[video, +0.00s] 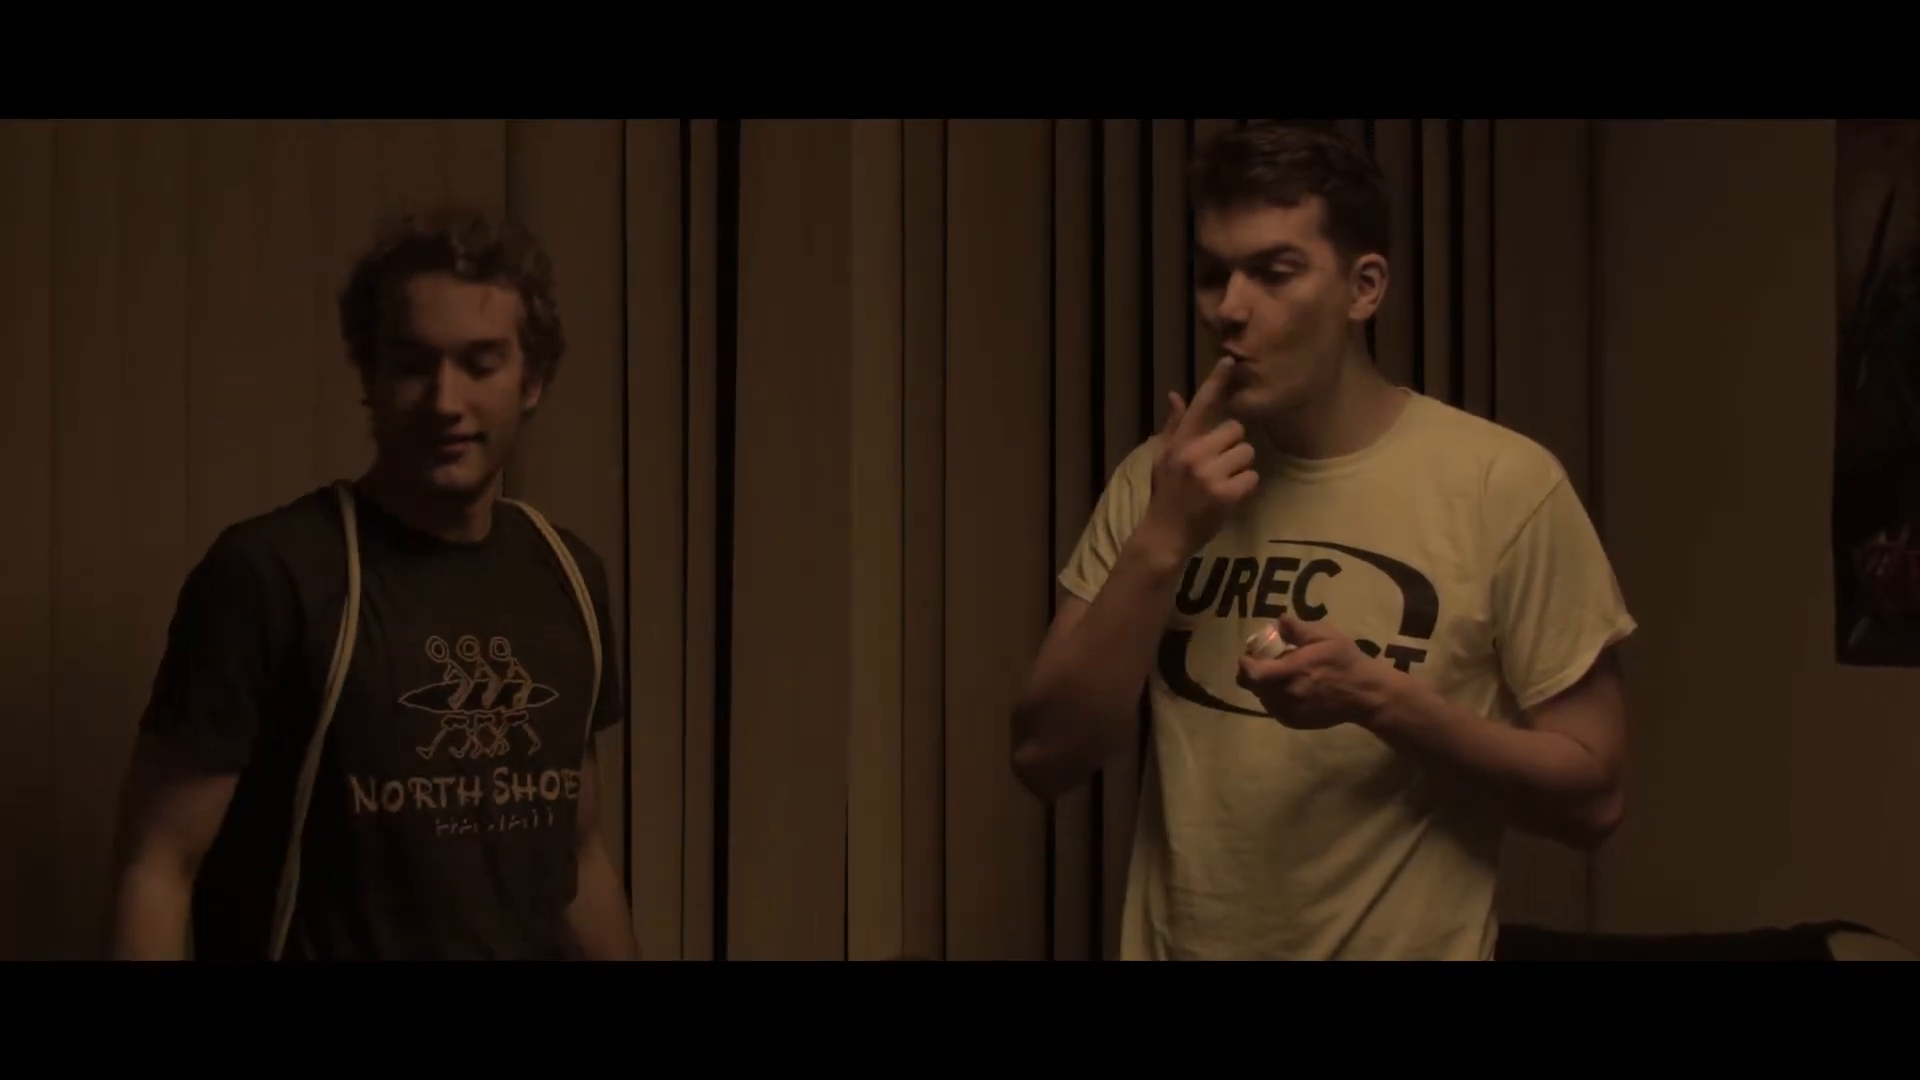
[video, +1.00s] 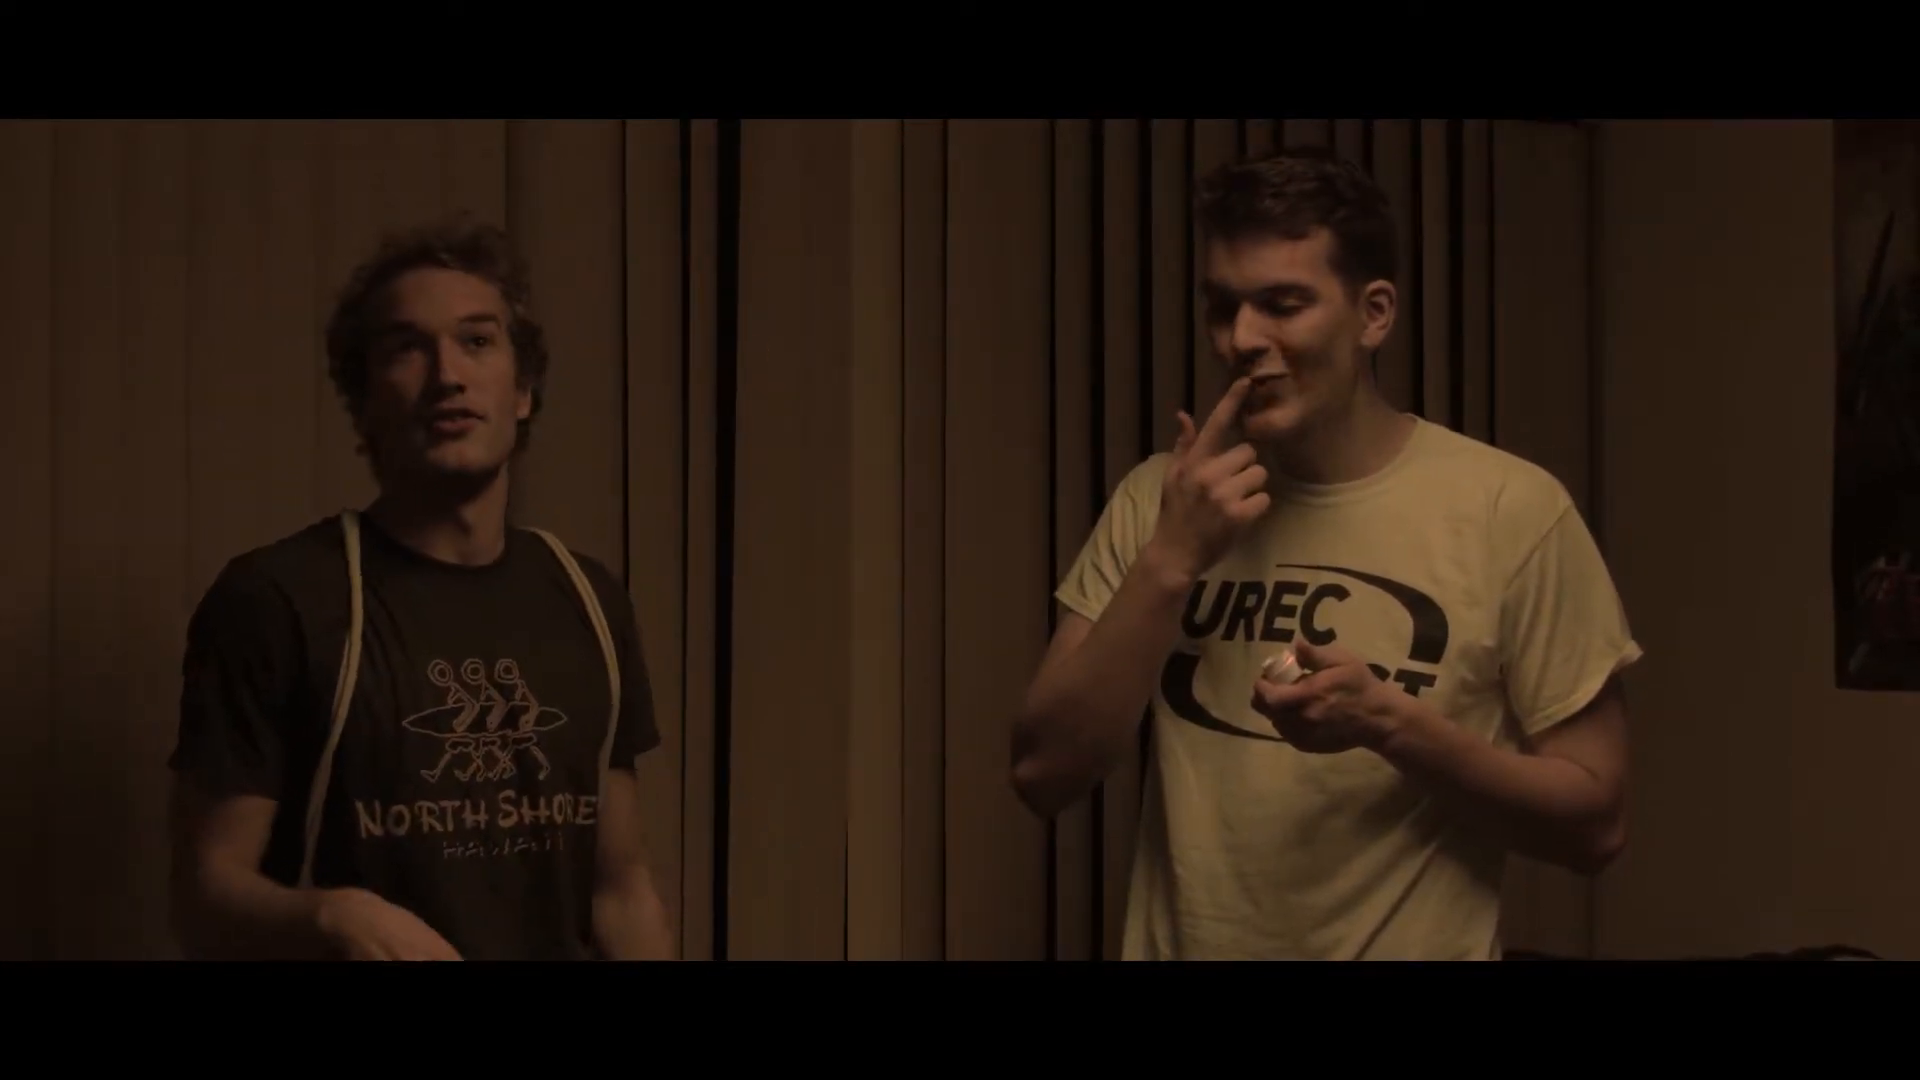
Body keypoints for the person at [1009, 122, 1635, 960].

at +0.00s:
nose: (1228, 310)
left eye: (1275, 272)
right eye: (1215, 275)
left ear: (1365, 287)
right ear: (1198, 283)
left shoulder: (1508, 489)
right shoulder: (1157, 478)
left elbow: (1593, 795)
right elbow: (1044, 757)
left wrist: (1383, 696)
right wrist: (1162, 536)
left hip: (1407, 946)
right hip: (1173, 942)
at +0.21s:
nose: (1230, 314)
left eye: (1276, 278)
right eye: (1216, 279)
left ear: (1367, 294)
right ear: (1198, 288)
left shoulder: (1508, 496)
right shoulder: (1155, 483)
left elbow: (1593, 803)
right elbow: (1041, 760)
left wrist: (1386, 704)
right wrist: (1165, 542)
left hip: (1407, 949)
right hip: (1172, 944)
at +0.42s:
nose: (1239, 339)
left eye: (1282, 301)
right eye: (1219, 304)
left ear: (1370, 314)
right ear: (1201, 314)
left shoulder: (1507, 516)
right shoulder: (1153, 506)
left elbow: (1594, 821)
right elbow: (1037, 778)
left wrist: (1385, 724)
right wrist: (1162, 558)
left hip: (1411, 949)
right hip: (1173, 944)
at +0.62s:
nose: (1238, 341)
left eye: (1282, 305)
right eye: (1220, 305)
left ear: (1371, 316)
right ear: (1201, 313)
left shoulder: (1508, 516)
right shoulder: (1156, 503)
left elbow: (1594, 822)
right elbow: (1042, 778)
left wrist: (1387, 724)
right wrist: (1165, 560)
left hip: (1411, 947)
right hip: (1173, 942)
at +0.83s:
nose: (1235, 339)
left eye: (1280, 305)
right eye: (1220, 305)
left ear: (1372, 316)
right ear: (1202, 313)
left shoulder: (1510, 514)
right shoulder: (1157, 499)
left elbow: (1596, 821)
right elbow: (1042, 774)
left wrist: (1391, 722)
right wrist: (1169, 556)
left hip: (1412, 949)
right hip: (1175, 943)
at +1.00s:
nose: (1243, 340)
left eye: (1283, 305)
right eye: (1224, 308)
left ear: (1375, 312)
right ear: (1206, 316)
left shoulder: (1512, 513)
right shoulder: (1159, 500)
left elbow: (1595, 820)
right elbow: (1043, 773)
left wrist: (1391, 721)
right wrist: (1169, 556)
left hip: (1415, 950)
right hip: (1176, 945)